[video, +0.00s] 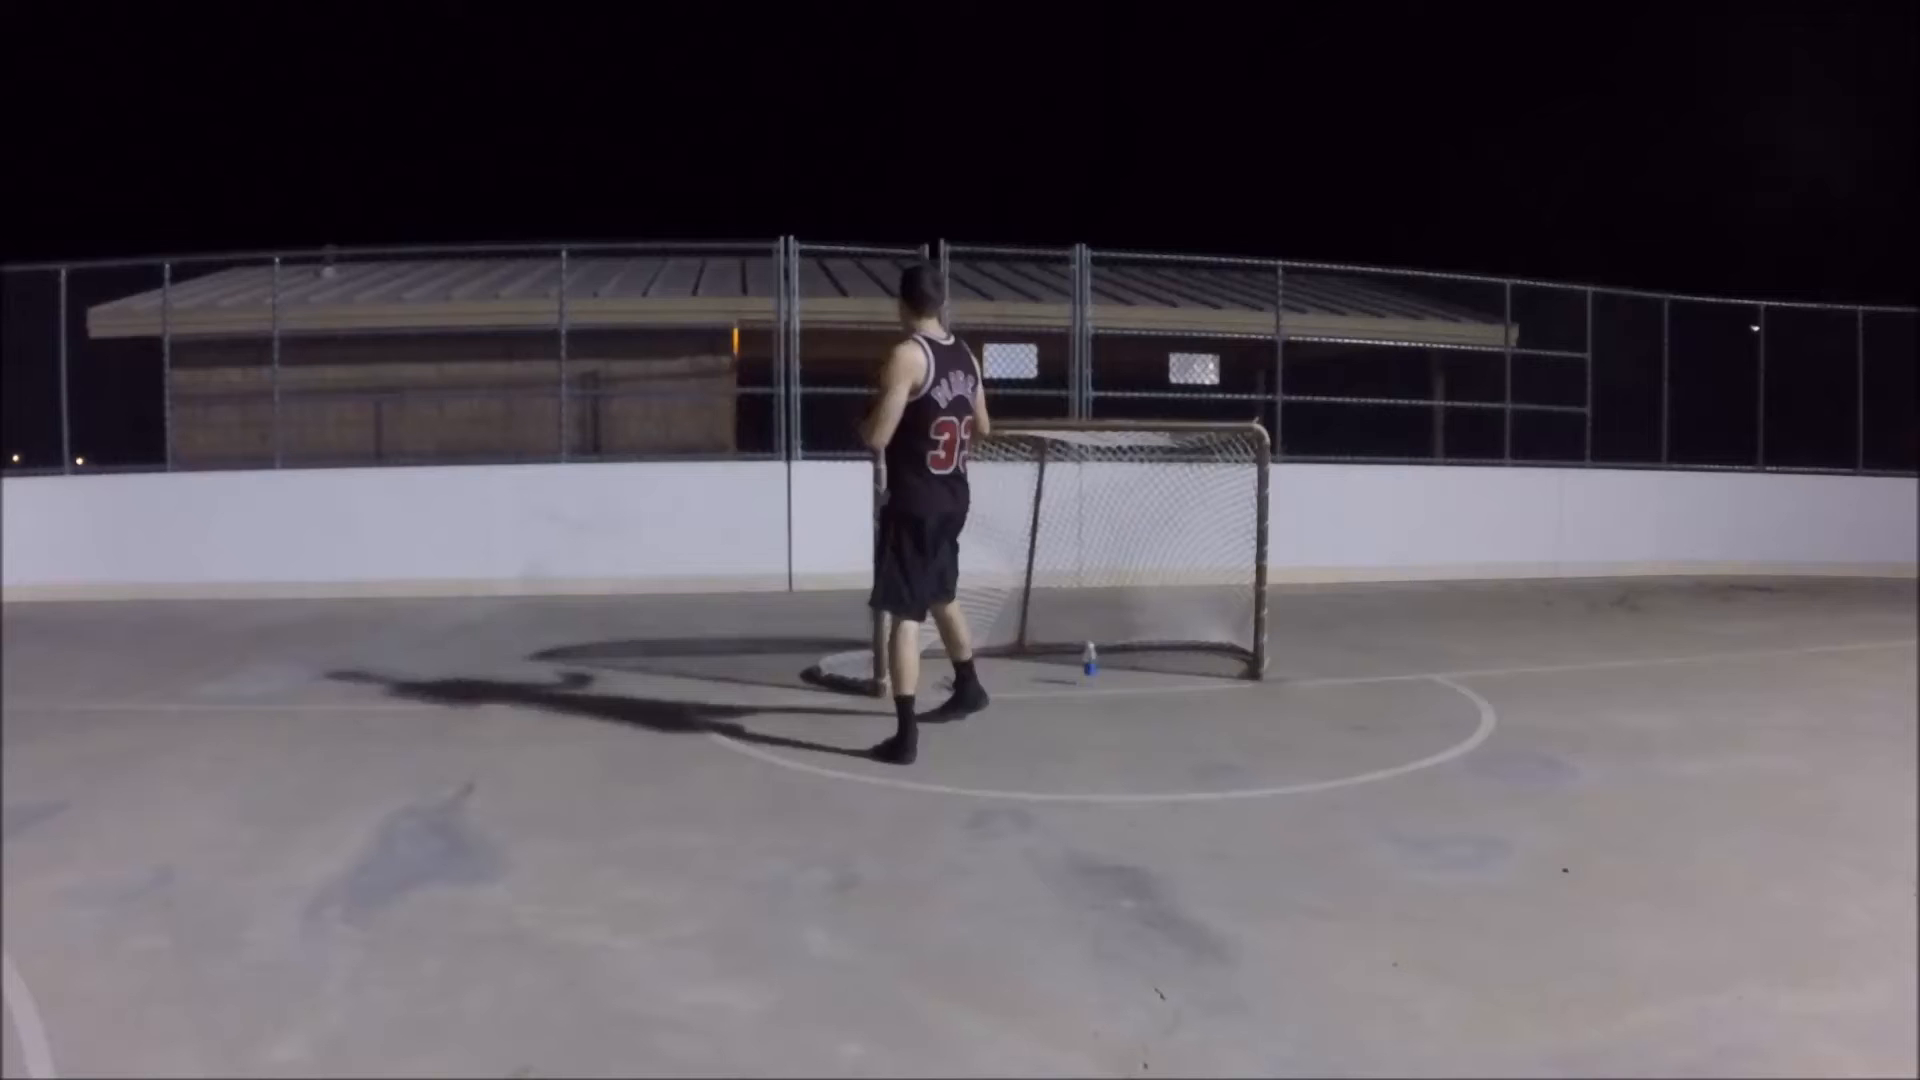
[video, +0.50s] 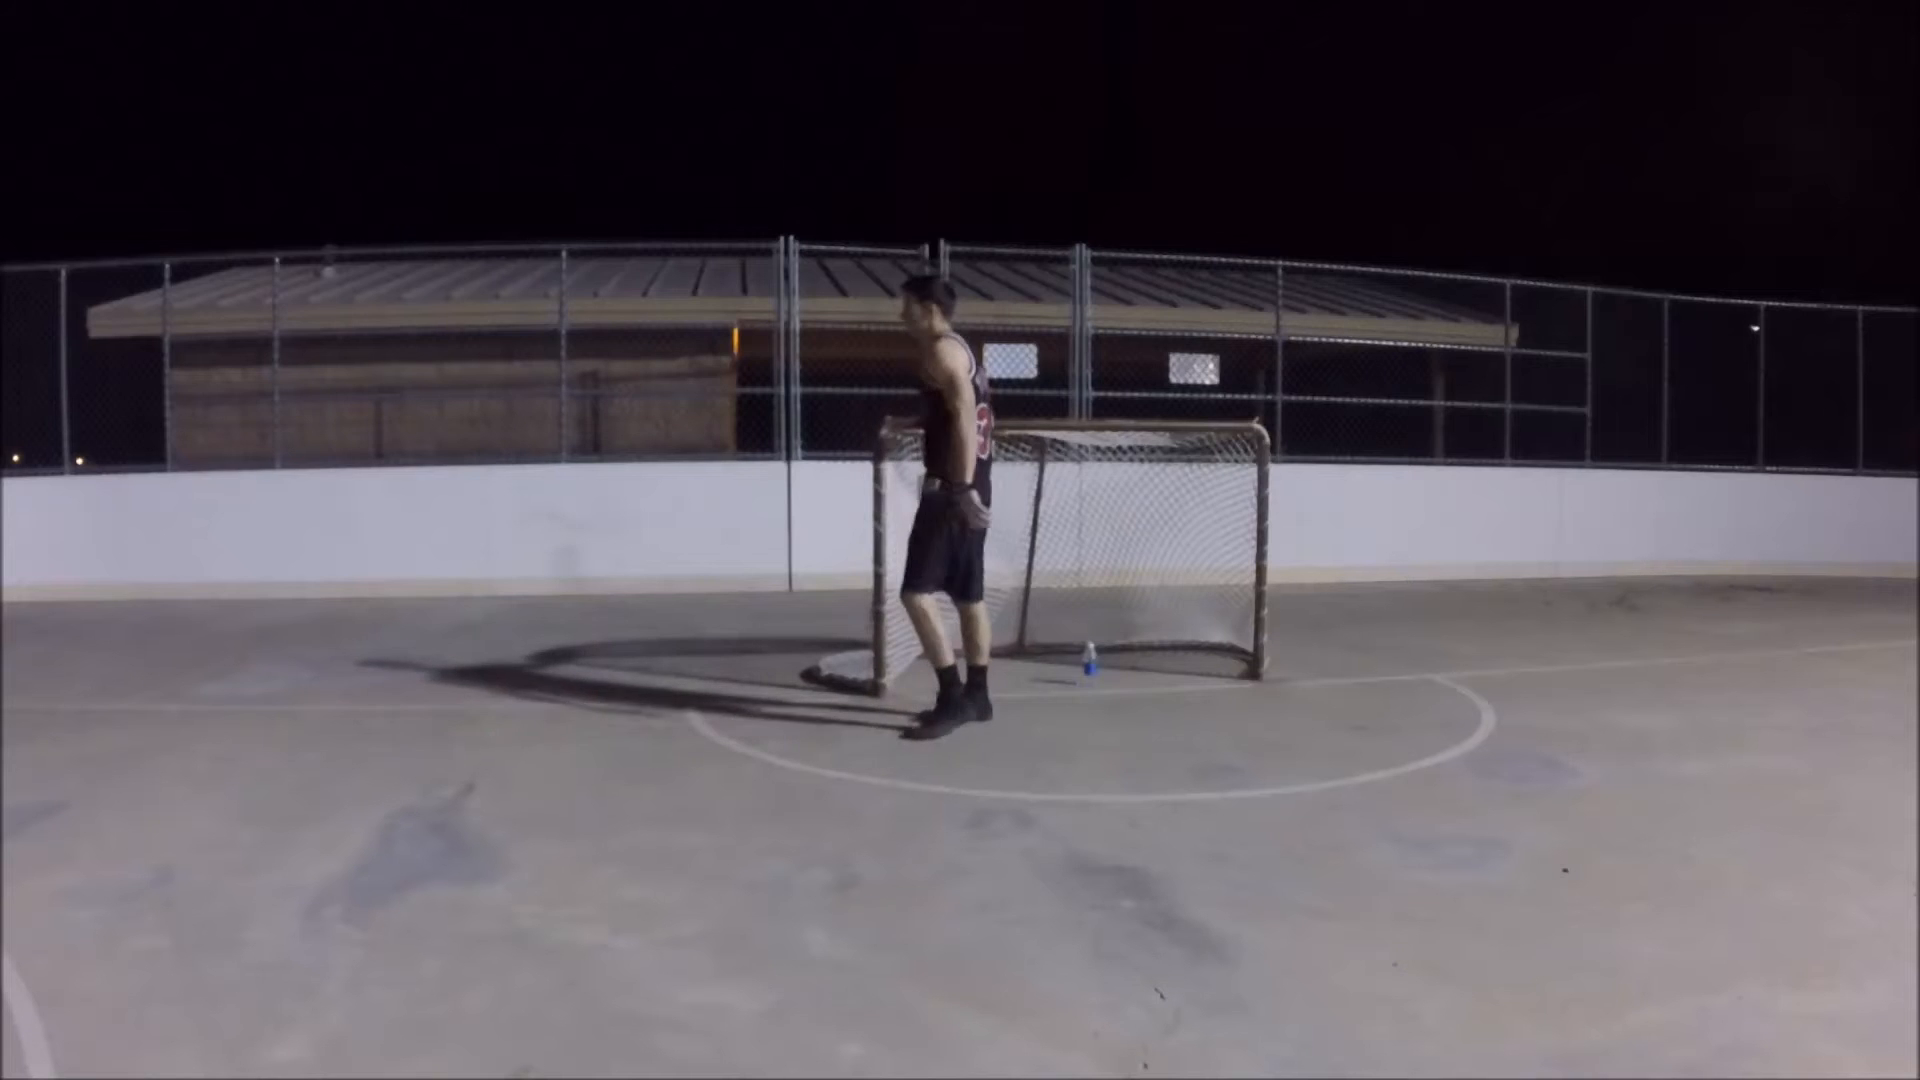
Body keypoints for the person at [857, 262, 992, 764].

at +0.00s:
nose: (900, 308)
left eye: (900, 301)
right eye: (910, 301)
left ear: (903, 304)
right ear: (944, 303)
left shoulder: (906, 356)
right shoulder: (964, 353)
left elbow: (876, 437)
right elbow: (981, 425)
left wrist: (868, 419)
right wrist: (938, 416)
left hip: (914, 501)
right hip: (952, 497)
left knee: (904, 614)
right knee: (941, 596)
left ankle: (904, 736)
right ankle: (969, 686)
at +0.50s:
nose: (903, 317)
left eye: (907, 308)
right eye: (904, 307)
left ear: (931, 310)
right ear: (937, 311)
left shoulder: (942, 352)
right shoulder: (958, 349)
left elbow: (964, 417)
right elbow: (949, 416)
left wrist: (961, 486)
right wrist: (905, 424)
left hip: (947, 489)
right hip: (969, 488)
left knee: (915, 593)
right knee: (969, 594)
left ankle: (951, 697)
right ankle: (977, 695)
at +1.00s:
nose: (915, 316)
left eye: (923, 308)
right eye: (914, 308)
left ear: (951, 312)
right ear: (921, 314)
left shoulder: (968, 360)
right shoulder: (937, 361)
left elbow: (1012, 428)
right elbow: (947, 424)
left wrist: (1005, 500)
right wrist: (905, 426)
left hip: (968, 498)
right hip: (944, 497)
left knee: (964, 606)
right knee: (958, 605)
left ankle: (975, 724)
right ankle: (971, 700)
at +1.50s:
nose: (943, 296)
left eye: (953, 286)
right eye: (937, 289)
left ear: (979, 291)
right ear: (931, 298)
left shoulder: (1013, 347)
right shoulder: (930, 351)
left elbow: (1036, 424)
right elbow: (923, 423)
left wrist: (1016, 492)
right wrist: (900, 451)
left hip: (991, 499)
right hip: (938, 496)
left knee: (984, 621)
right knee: (914, 618)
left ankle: (977, 730)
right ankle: (914, 688)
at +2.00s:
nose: (983, 290)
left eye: (986, 281)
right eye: (971, 283)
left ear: (991, 287)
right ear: (941, 289)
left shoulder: (1015, 350)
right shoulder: (912, 356)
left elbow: (1034, 433)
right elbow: (889, 437)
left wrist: (1039, 509)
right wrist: (878, 514)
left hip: (998, 516)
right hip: (937, 518)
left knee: (986, 635)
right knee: (941, 644)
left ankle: (978, 715)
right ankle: (947, 776)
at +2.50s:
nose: (983, 266)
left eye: (984, 256)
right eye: (971, 256)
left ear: (980, 264)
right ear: (936, 262)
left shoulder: (993, 327)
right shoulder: (901, 326)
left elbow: (1009, 415)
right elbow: (878, 414)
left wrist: (1028, 484)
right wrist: (898, 478)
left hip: (1001, 511)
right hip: (935, 517)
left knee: (1037, 647)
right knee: (938, 651)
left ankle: (1081, 782)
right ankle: (948, 784)